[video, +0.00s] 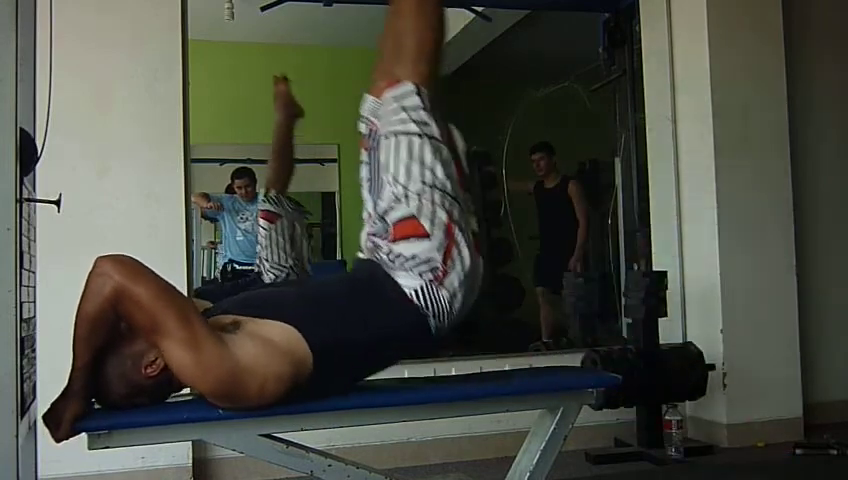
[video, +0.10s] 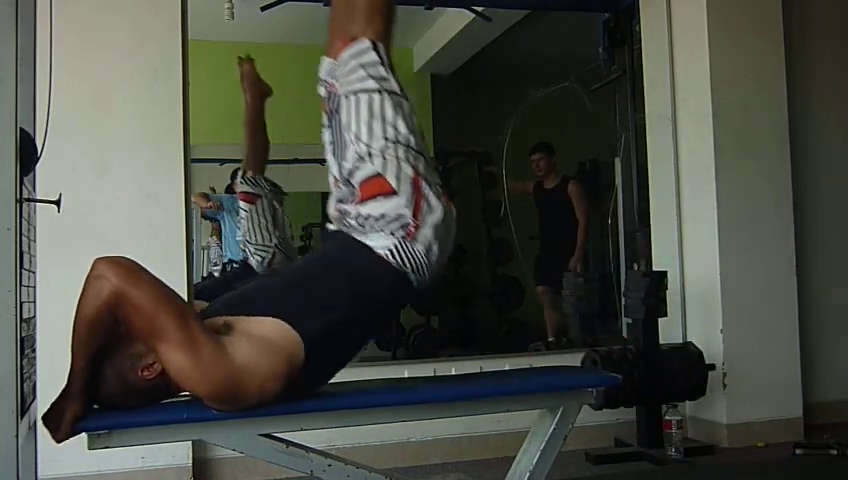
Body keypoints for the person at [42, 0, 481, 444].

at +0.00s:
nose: (146, 338)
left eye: (134, 344)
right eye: (140, 347)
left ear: (150, 367)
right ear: (152, 365)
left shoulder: (212, 346)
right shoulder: (216, 365)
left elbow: (112, 274)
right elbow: (110, 273)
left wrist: (78, 381)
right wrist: (76, 386)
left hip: (392, 276)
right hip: (426, 283)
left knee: (391, 96)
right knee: (400, 91)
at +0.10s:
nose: (142, 335)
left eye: (129, 339)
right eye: (137, 343)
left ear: (149, 372)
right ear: (149, 367)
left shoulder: (205, 350)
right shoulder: (208, 367)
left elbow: (109, 276)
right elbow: (109, 275)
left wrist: (77, 389)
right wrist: (75, 390)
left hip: (368, 239)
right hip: (397, 242)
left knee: (348, 59)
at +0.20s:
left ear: (144, 375)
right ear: (145, 371)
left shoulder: (203, 358)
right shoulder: (201, 368)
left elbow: (104, 278)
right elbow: (103, 277)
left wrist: (75, 387)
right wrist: (72, 389)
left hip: (344, 212)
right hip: (356, 210)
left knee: (311, 21)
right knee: (313, 13)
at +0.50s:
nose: (125, 358)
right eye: (121, 363)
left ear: (128, 376)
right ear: (130, 375)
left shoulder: (191, 368)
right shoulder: (195, 383)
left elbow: (110, 283)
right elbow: (97, 295)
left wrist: (69, 394)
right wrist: (70, 395)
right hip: (277, 168)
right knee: (241, 3)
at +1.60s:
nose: (125, 342)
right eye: (116, 354)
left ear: (124, 379)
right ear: (125, 376)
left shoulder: (200, 376)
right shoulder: (198, 380)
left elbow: (110, 281)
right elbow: (111, 281)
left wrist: (65, 384)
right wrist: (65, 387)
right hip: (257, 172)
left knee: (195, 7)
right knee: (196, 4)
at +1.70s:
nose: (127, 340)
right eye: (117, 352)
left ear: (125, 378)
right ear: (126, 375)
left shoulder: (200, 375)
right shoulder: (199, 381)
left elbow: (110, 280)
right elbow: (111, 280)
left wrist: (67, 380)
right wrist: (66, 388)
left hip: (257, 175)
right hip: (261, 172)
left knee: (208, 6)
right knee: (208, 4)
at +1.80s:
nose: (124, 344)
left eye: (110, 352)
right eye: (115, 355)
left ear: (124, 377)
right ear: (126, 374)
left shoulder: (191, 373)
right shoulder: (195, 379)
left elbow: (111, 278)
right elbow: (111, 277)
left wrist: (68, 378)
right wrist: (67, 386)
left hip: (254, 180)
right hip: (265, 174)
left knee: (218, 6)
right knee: (218, 4)